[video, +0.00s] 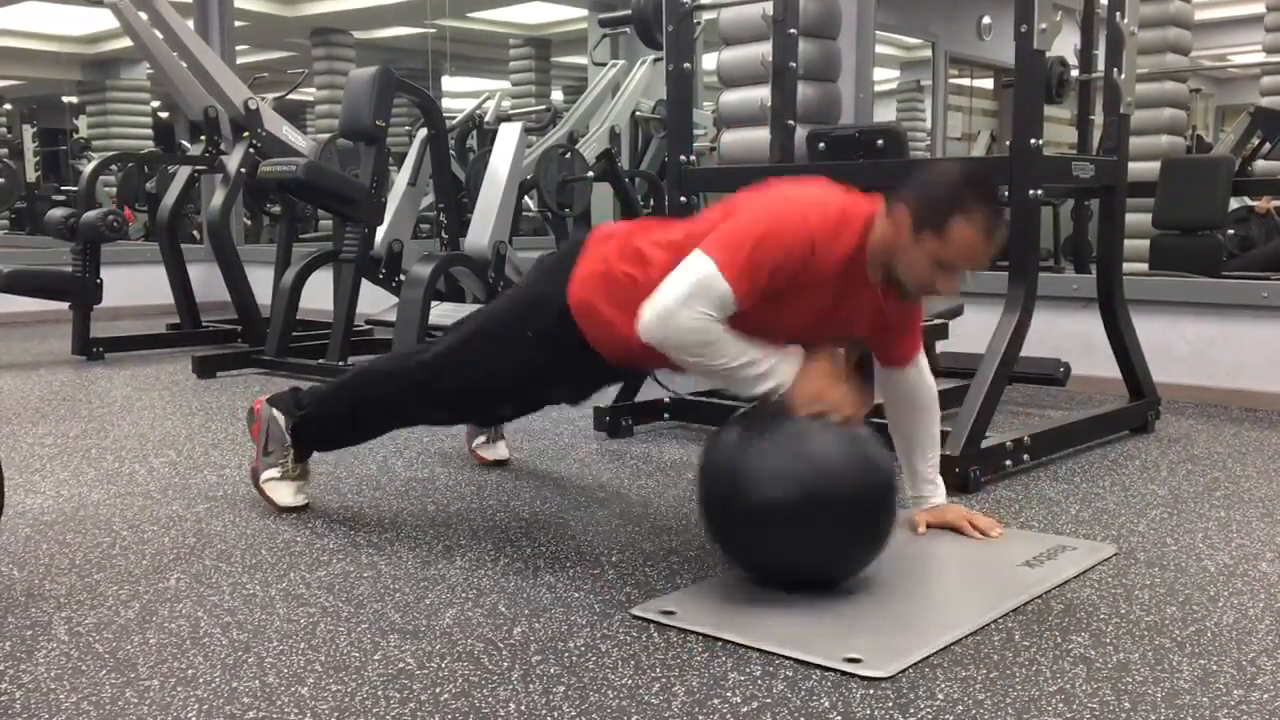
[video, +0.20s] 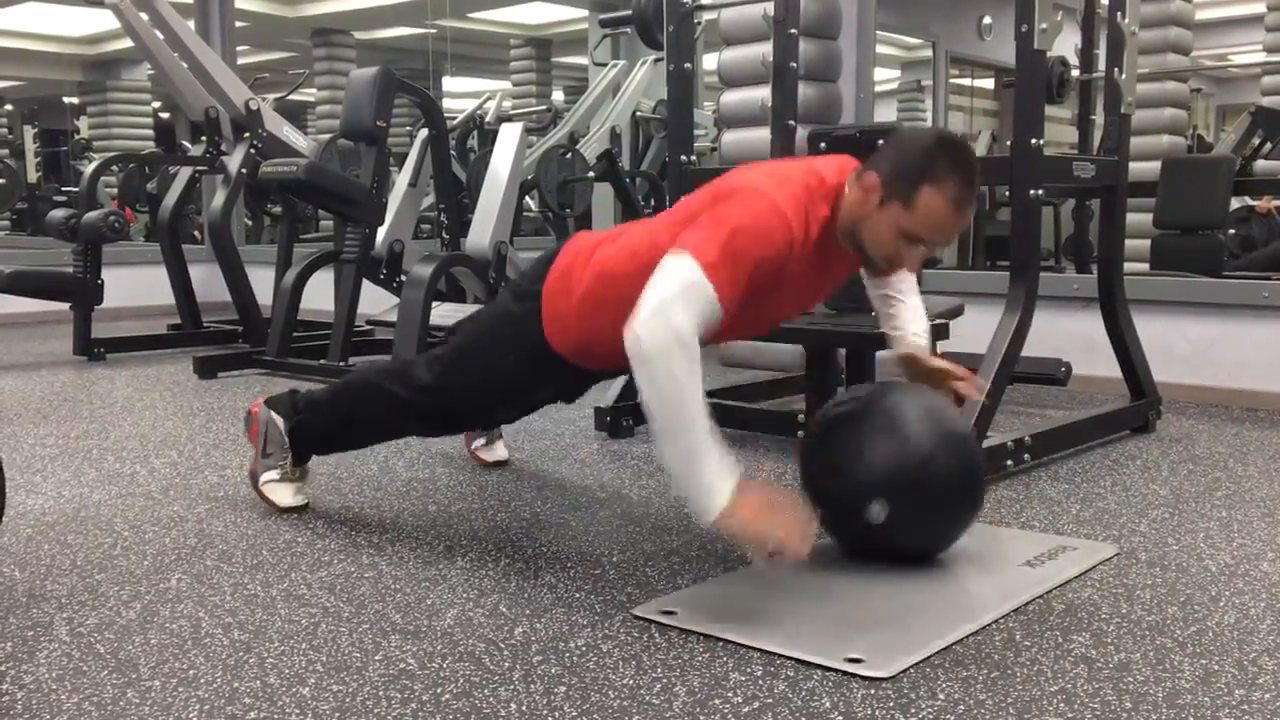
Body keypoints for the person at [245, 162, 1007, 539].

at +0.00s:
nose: (949, 287)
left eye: (963, 275)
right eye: (946, 265)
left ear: (947, 254)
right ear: (900, 220)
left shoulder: (894, 288)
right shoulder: (798, 222)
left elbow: (910, 384)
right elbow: (666, 323)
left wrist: (928, 493)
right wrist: (787, 374)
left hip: (634, 339)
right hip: (588, 292)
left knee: (524, 387)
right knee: (446, 375)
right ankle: (289, 420)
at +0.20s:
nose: (915, 259)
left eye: (930, 249)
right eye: (911, 238)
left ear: (906, 201)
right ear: (870, 190)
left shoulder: (872, 196)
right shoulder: (771, 216)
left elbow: (894, 266)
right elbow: (654, 334)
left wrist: (913, 347)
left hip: (620, 322)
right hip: (564, 311)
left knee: (517, 382)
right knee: (435, 390)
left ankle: (470, 415)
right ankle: (285, 424)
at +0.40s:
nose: (939, 477)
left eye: (956, 467)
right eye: (937, 461)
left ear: (929, 386)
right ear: (898, 411)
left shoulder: (890, 333)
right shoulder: (794, 398)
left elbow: (878, 288)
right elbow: (647, 453)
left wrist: (866, 374)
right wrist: (685, 601)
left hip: (635, 343)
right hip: (584, 394)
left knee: (485, 392)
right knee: (437, 433)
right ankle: (286, 425)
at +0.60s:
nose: (944, 554)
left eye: (964, 549)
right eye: (949, 541)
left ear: (937, 458)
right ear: (911, 484)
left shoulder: (895, 390)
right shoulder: (816, 444)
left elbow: (881, 304)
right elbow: (664, 470)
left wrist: (880, 463)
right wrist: (686, 600)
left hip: (663, 416)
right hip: (607, 470)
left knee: (574, 422)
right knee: (452, 473)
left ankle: (492, 387)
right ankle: (296, 422)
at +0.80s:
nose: (943, 428)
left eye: (960, 414)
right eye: (939, 408)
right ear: (890, 367)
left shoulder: (879, 322)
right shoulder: (788, 372)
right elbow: (645, 462)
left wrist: (893, 433)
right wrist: (687, 600)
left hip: (640, 348)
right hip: (589, 386)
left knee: (473, 407)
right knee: (436, 436)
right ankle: (281, 426)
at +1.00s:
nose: (927, 258)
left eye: (941, 244)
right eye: (924, 237)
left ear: (909, 205)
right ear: (874, 189)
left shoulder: (864, 219)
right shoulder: (776, 230)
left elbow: (837, 303)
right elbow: (714, 411)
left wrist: (857, 365)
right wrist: (704, 584)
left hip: (633, 314)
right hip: (585, 291)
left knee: (529, 377)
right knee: (440, 384)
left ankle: (476, 415)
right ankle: (284, 424)